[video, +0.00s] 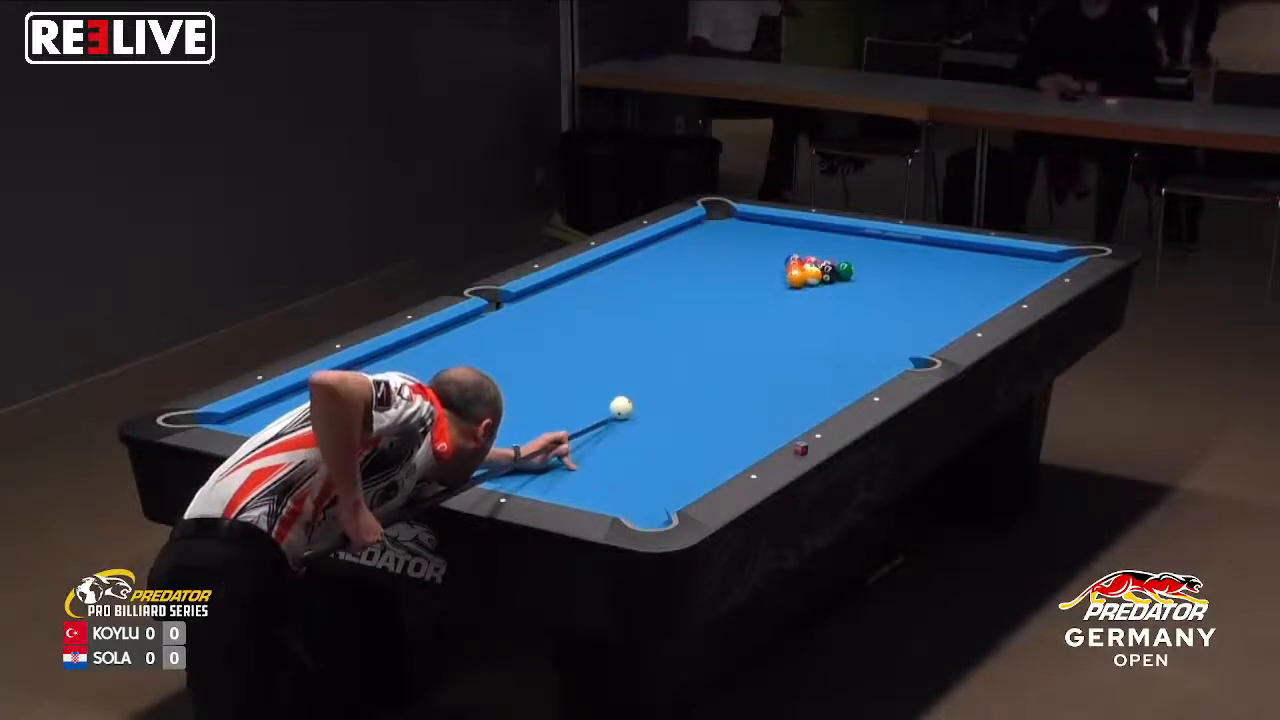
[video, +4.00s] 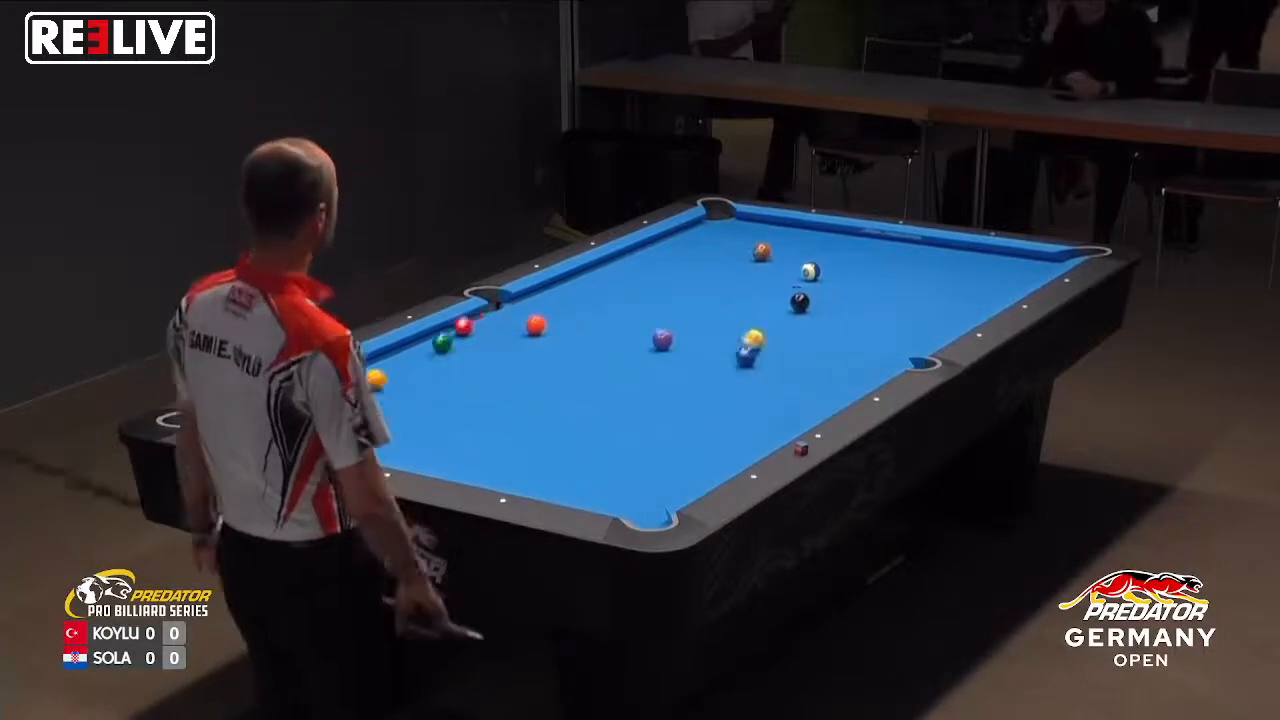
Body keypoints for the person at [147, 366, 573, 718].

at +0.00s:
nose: (490, 447)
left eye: (493, 439)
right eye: (494, 435)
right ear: (485, 428)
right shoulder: (414, 399)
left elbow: (453, 459)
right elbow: (331, 388)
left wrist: (519, 458)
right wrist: (352, 505)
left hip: (189, 554)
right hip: (232, 558)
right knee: (246, 701)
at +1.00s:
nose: (484, 374)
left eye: (487, 362)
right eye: (487, 361)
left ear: (419, 336)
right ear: (474, 358)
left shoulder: (370, 365)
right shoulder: (404, 384)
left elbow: (415, 449)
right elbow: (392, 513)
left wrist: (510, 452)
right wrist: (427, 487)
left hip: (198, 538)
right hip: (248, 548)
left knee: (242, 694)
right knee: (274, 697)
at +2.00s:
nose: (410, 244)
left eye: (407, 231)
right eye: (409, 234)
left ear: (330, 239)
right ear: (397, 251)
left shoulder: (289, 302)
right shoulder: (343, 334)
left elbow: (337, 415)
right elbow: (348, 482)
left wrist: (429, 432)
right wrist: (407, 512)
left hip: (211, 538)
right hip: (252, 556)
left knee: (252, 696)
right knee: (277, 699)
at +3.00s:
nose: (354, 156)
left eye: (353, 143)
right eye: (353, 145)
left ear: (276, 148)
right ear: (339, 156)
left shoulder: (232, 232)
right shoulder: (313, 257)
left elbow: (244, 363)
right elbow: (348, 413)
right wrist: (389, 461)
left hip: (241, 473)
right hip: (303, 484)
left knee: (277, 651)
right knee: (329, 651)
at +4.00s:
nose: (336, 215)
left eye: (331, 200)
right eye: (334, 203)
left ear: (248, 207)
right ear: (320, 218)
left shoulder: (195, 305)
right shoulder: (320, 342)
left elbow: (189, 431)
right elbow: (365, 495)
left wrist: (201, 527)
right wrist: (412, 577)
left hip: (241, 561)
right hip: (319, 566)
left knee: (278, 696)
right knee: (351, 698)